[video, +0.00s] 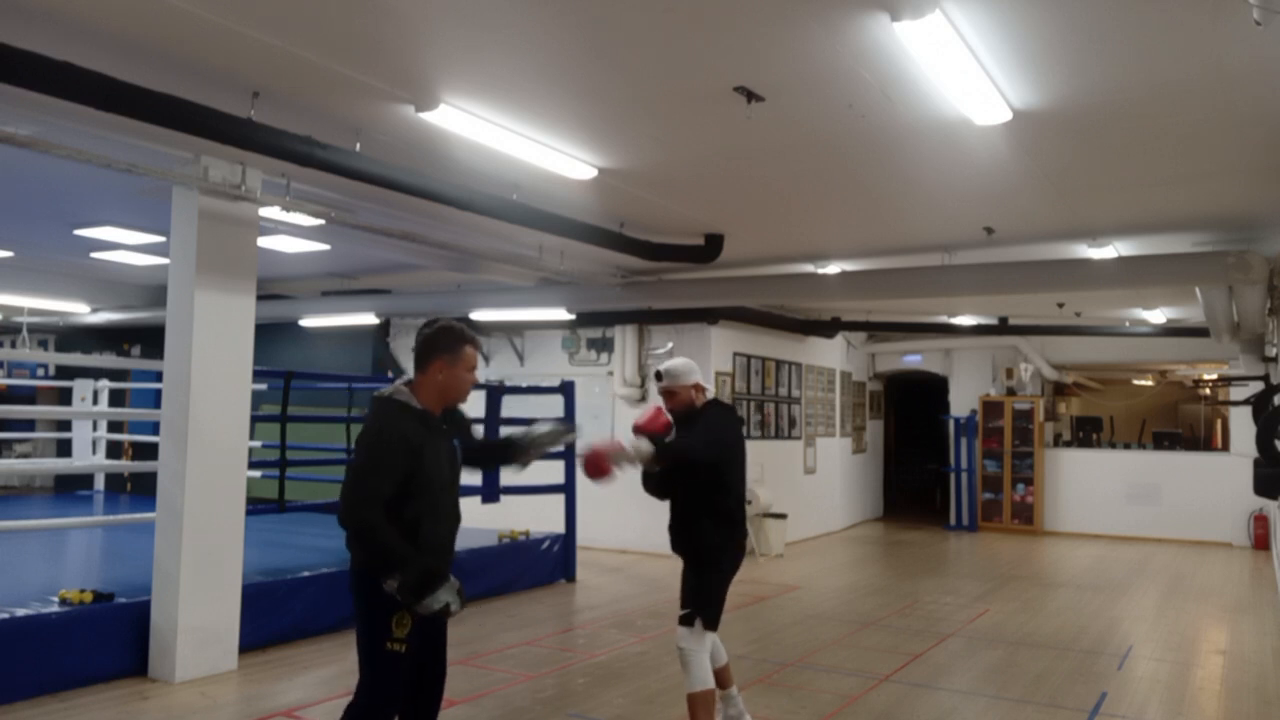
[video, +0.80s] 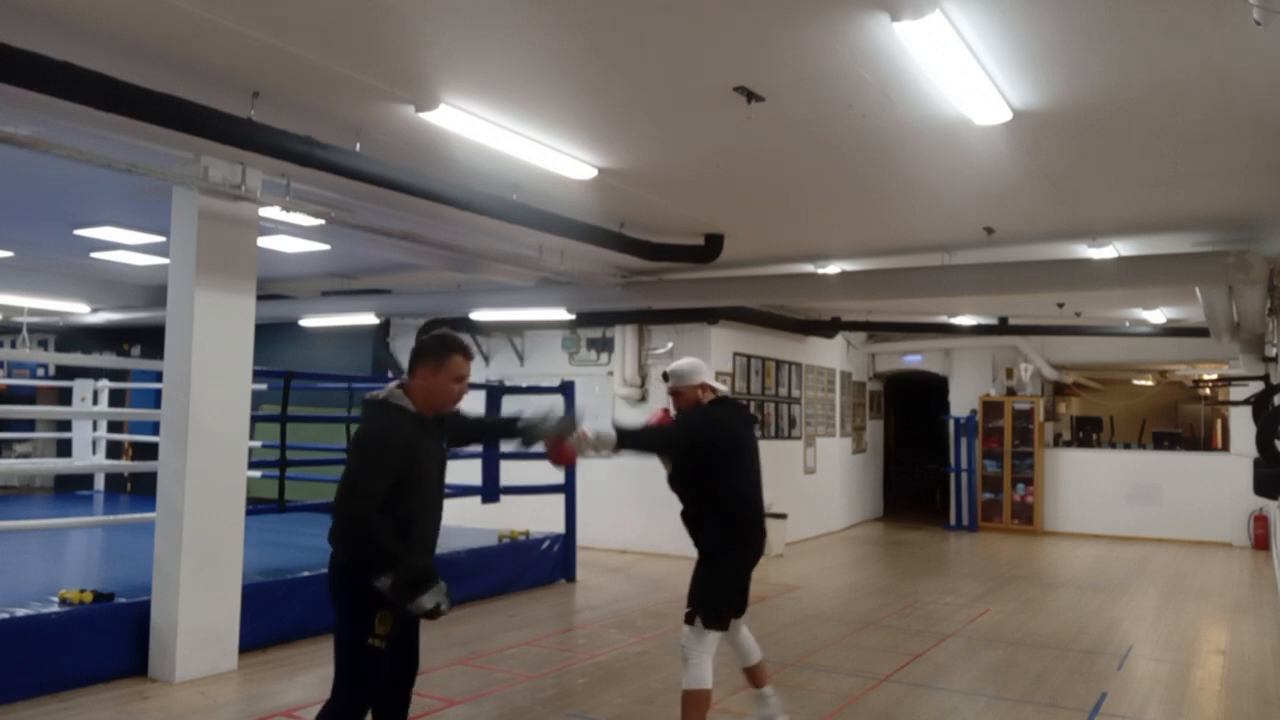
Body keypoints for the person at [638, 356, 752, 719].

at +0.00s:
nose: (665, 403)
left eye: (671, 395)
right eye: (662, 395)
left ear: (695, 390)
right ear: (688, 392)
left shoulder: (716, 420)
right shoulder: (687, 426)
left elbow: (693, 463)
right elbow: (661, 486)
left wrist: (650, 452)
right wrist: (656, 451)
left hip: (716, 546)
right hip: (701, 543)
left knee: (691, 644)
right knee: (703, 637)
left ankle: (706, 715)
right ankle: (734, 710)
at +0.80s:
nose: (672, 402)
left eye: (676, 394)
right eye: (671, 395)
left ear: (699, 391)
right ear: (705, 390)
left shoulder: (700, 423)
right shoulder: (735, 415)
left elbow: (654, 437)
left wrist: (600, 438)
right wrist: (666, 436)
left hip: (723, 546)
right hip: (746, 540)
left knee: (697, 647)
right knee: (733, 627)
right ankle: (769, 706)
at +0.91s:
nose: (680, 407)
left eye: (683, 399)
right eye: (678, 400)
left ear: (705, 395)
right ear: (710, 395)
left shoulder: (719, 428)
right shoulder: (738, 420)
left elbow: (693, 474)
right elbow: (714, 478)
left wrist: (631, 470)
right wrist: (678, 454)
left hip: (723, 554)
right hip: (747, 550)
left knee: (689, 647)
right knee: (752, 631)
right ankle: (796, 709)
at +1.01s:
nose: (688, 411)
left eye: (691, 402)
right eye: (686, 403)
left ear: (714, 398)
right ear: (716, 399)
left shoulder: (736, 431)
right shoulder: (743, 425)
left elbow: (724, 494)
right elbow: (720, 490)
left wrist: (675, 483)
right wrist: (686, 463)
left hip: (733, 558)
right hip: (754, 555)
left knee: (699, 644)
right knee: (760, 637)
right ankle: (800, 712)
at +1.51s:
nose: (703, 403)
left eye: (707, 394)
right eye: (701, 395)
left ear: (731, 392)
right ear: (738, 391)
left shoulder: (735, 434)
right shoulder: (767, 418)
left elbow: (698, 493)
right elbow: (739, 444)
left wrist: (683, 447)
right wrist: (699, 415)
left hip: (742, 559)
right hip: (766, 551)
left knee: (718, 662)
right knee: (756, 641)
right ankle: (787, 713)